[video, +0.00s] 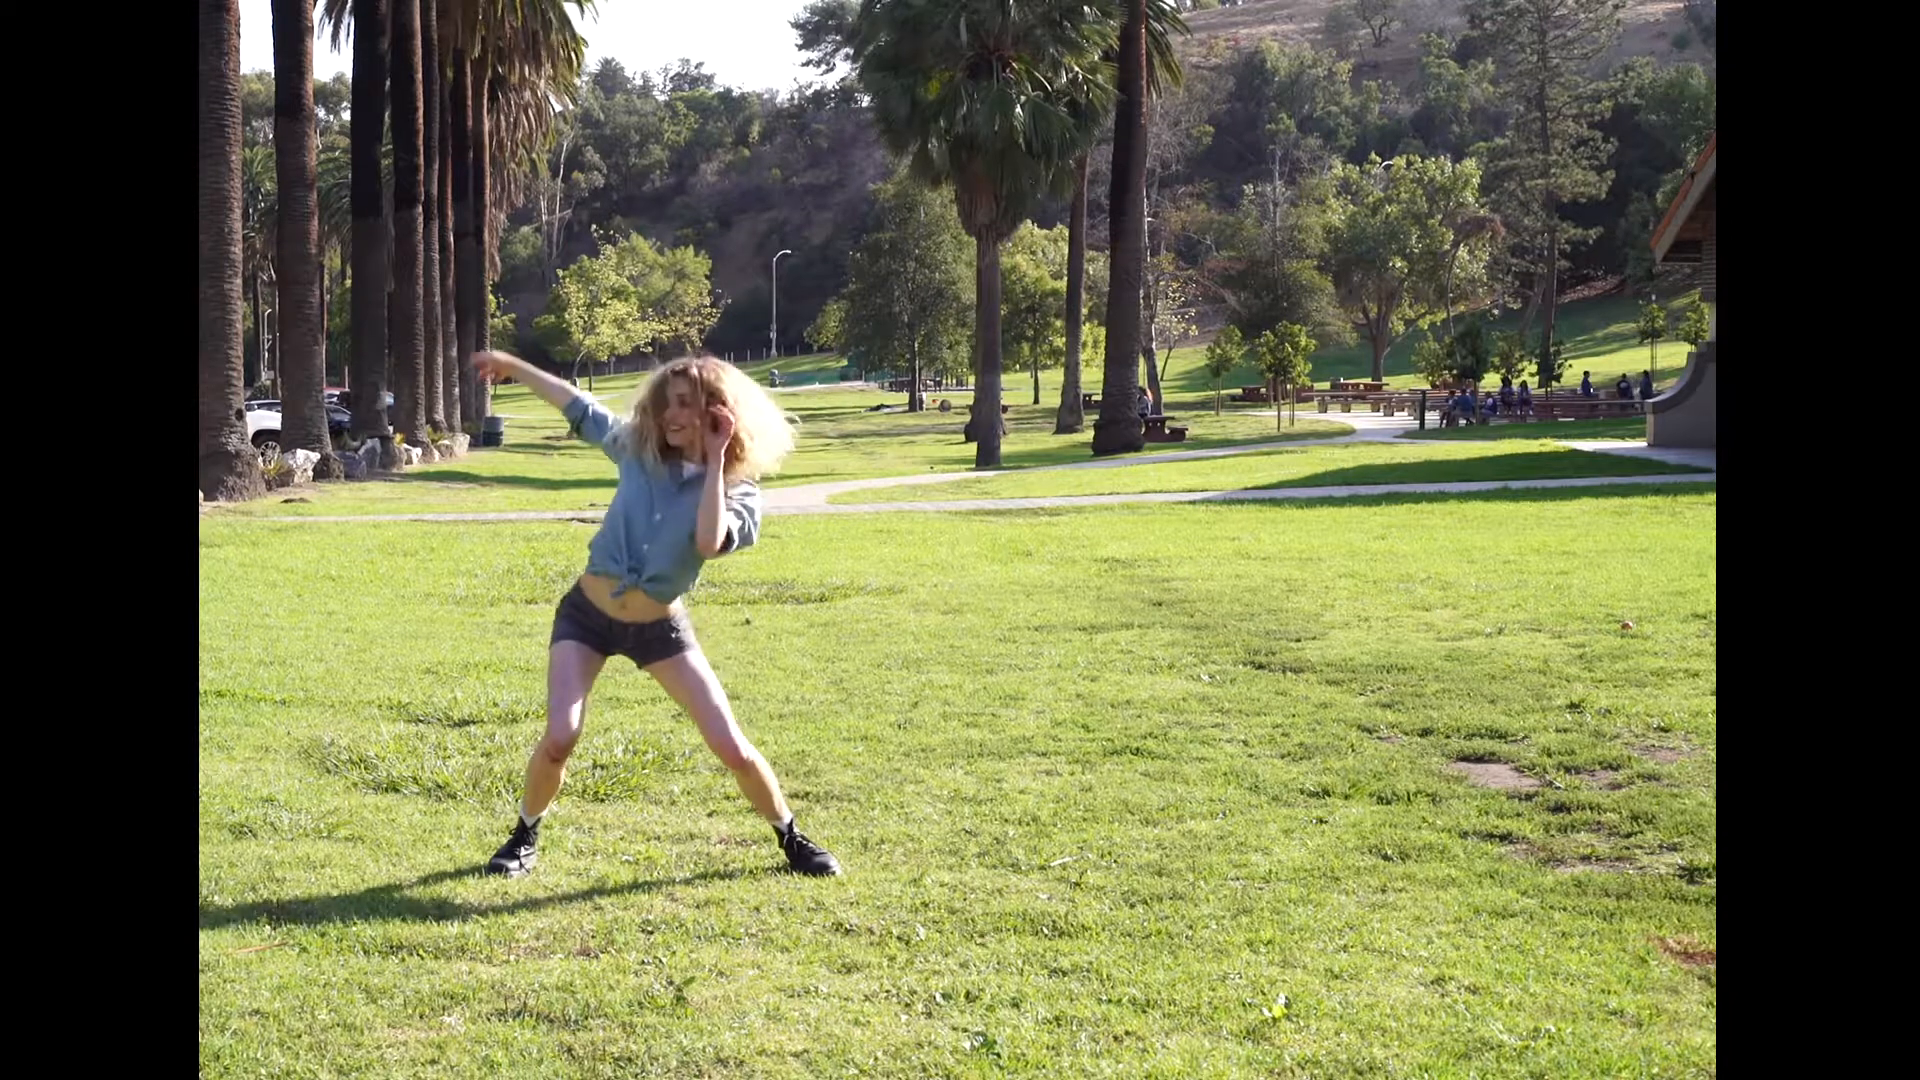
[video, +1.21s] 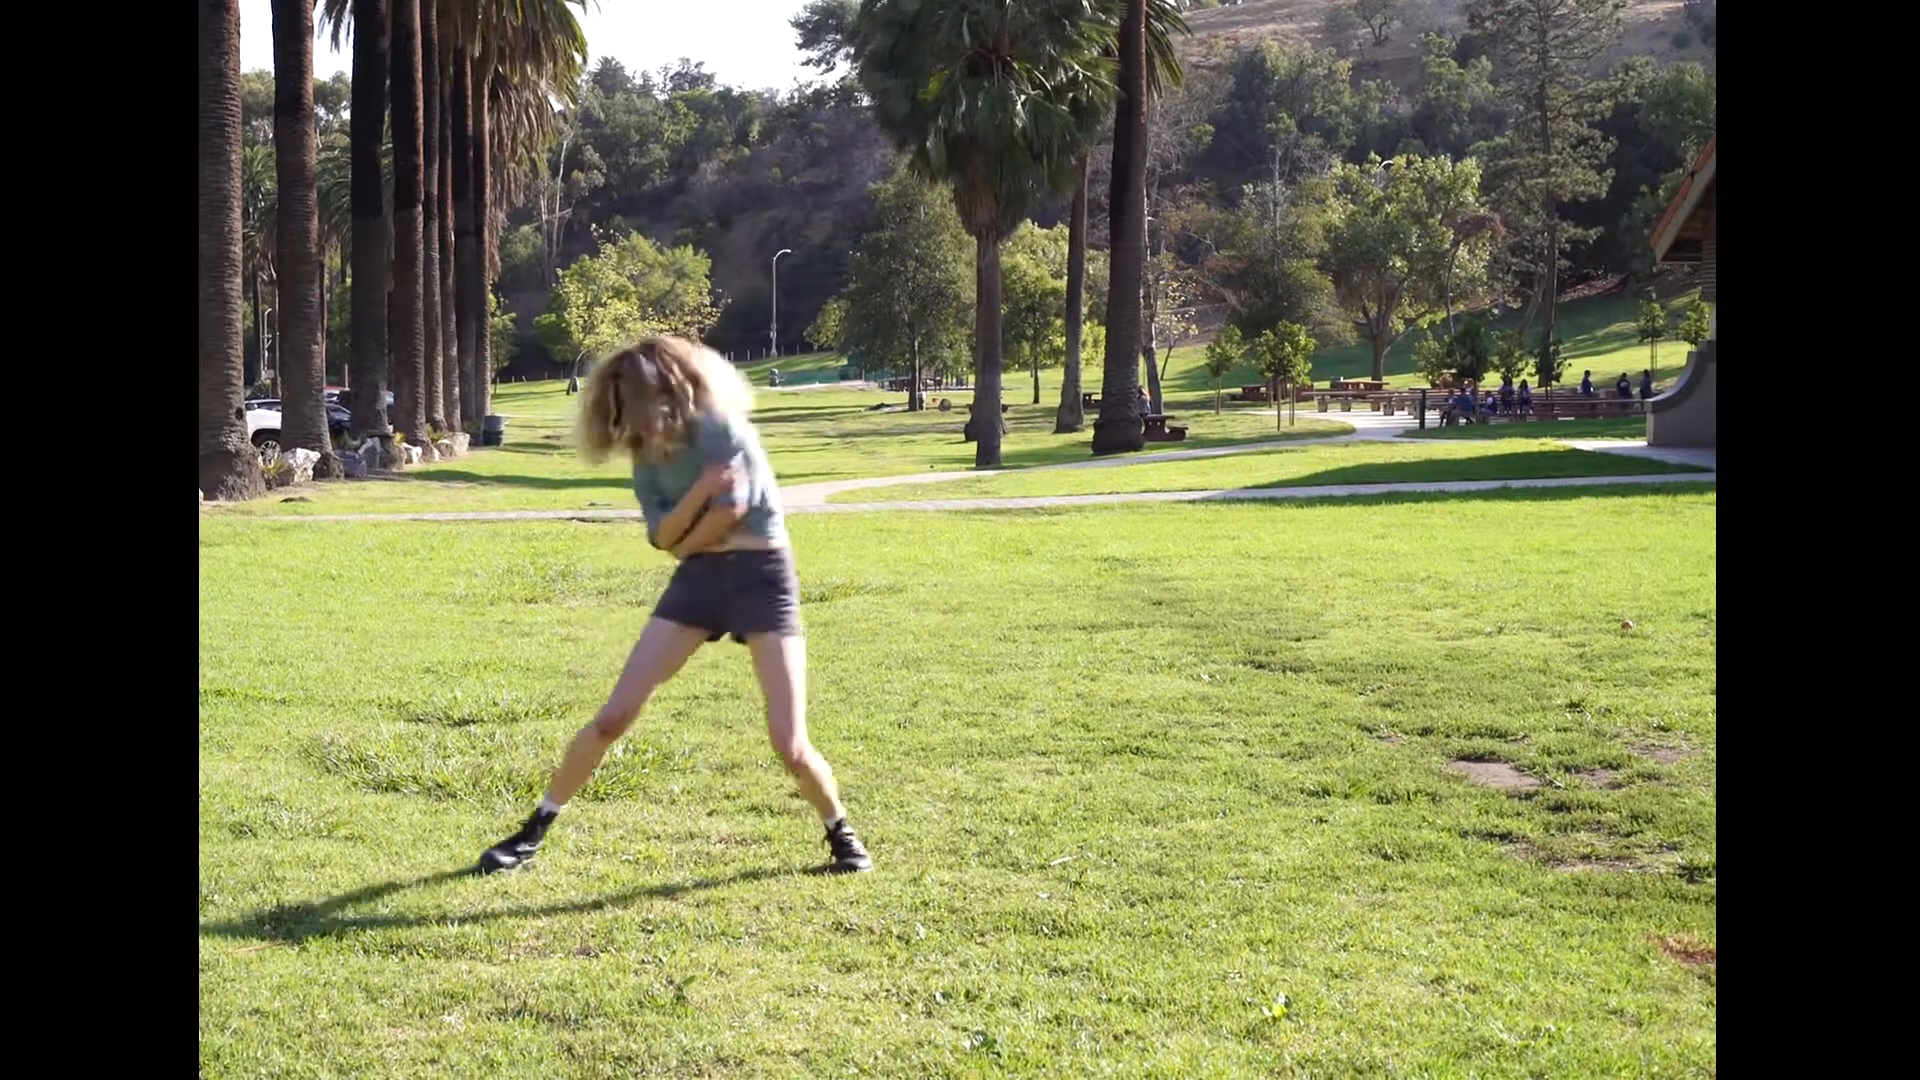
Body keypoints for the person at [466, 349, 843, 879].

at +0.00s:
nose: (673, 414)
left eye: (687, 403)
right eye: (667, 402)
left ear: (717, 413)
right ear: (659, 407)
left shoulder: (737, 491)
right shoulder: (639, 445)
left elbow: (709, 542)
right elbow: (577, 404)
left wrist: (715, 457)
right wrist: (515, 366)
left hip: (659, 627)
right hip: (586, 613)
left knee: (733, 748)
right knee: (561, 736)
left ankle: (792, 840)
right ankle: (523, 836)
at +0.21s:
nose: (683, 439)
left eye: (698, 429)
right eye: (679, 428)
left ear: (729, 441)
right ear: (673, 436)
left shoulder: (750, 528)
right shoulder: (657, 480)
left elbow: (680, 601)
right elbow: (574, 489)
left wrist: (680, 515)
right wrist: (479, 482)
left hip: (662, 629)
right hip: (602, 601)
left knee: (752, 728)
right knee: (535, 726)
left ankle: (796, 839)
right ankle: (517, 838)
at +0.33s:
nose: (681, 430)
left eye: (696, 421)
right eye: (677, 421)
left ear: (729, 435)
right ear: (671, 434)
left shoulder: (771, 510)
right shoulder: (655, 491)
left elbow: (736, 589)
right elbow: (570, 547)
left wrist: (658, 587)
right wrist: (477, 596)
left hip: (689, 620)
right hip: (626, 609)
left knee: (776, 724)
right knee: (562, 731)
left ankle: (802, 839)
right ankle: (520, 839)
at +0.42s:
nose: (673, 421)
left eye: (687, 410)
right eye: (668, 410)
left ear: (721, 418)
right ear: (661, 420)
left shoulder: (769, 483)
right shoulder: (656, 483)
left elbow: (752, 572)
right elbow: (619, 577)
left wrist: (678, 597)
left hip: (713, 611)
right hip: (642, 612)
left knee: (788, 729)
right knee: (598, 745)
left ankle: (804, 841)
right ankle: (527, 833)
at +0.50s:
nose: (666, 413)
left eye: (679, 401)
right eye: (660, 403)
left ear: (713, 406)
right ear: (654, 409)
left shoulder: (750, 468)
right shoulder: (653, 466)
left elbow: (739, 562)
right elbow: (680, 567)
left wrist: (649, 585)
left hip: (723, 593)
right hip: (657, 601)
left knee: (801, 719)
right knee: (629, 756)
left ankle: (812, 835)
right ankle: (540, 832)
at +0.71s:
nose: (656, 398)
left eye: (668, 386)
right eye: (650, 386)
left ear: (698, 388)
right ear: (642, 387)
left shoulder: (728, 451)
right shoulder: (632, 434)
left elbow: (699, 549)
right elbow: (635, 523)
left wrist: (615, 554)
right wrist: (715, 538)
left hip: (690, 592)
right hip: (621, 591)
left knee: (737, 731)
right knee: (574, 744)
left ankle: (813, 820)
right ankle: (523, 835)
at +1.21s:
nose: (653, 423)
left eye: (662, 410)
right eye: (640, 413)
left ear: (680, 396)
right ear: (624, 410)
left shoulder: (716, 426)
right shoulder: (644, 456)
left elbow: (733, 511)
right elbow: (661, 538)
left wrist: (681, 548)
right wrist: (703, 489)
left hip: (763, 574)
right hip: (698, 577)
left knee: (790, 744)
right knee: (612, 718)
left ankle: (841, 832)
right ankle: (532, 832)